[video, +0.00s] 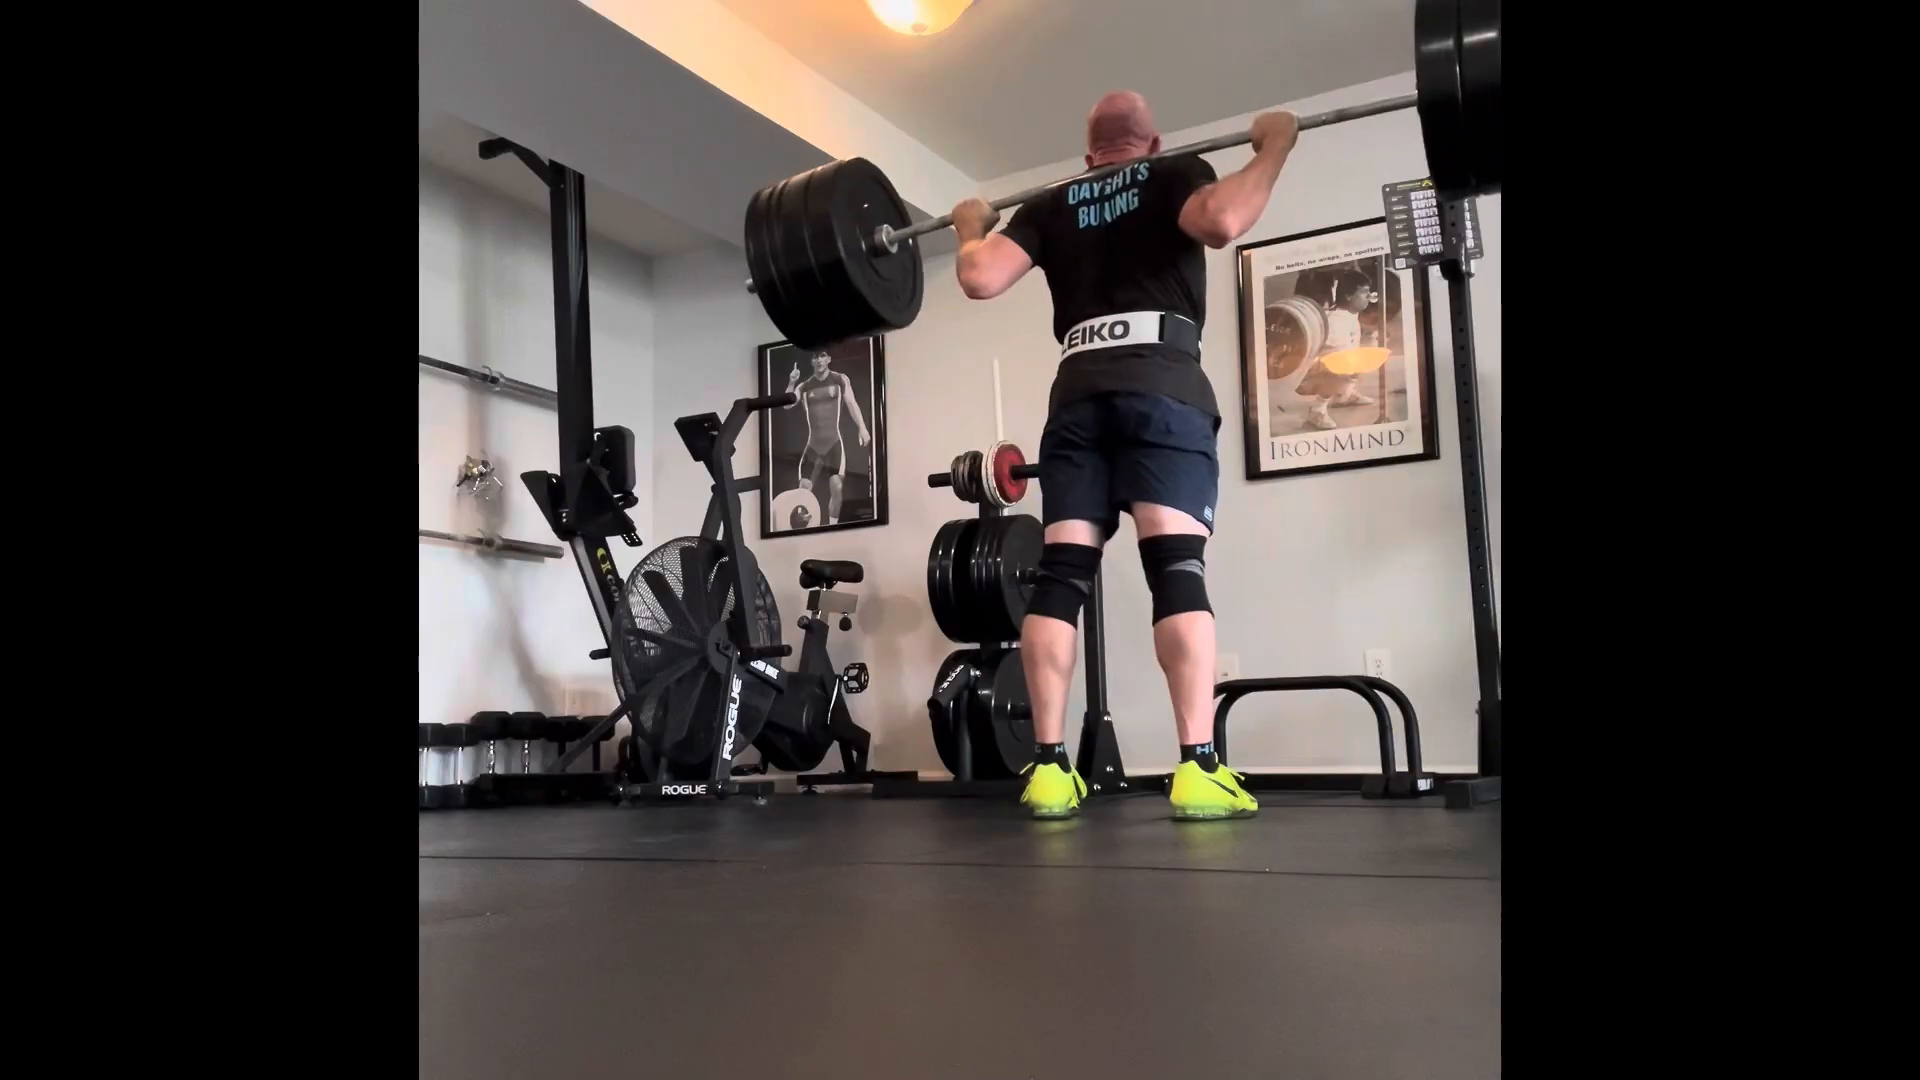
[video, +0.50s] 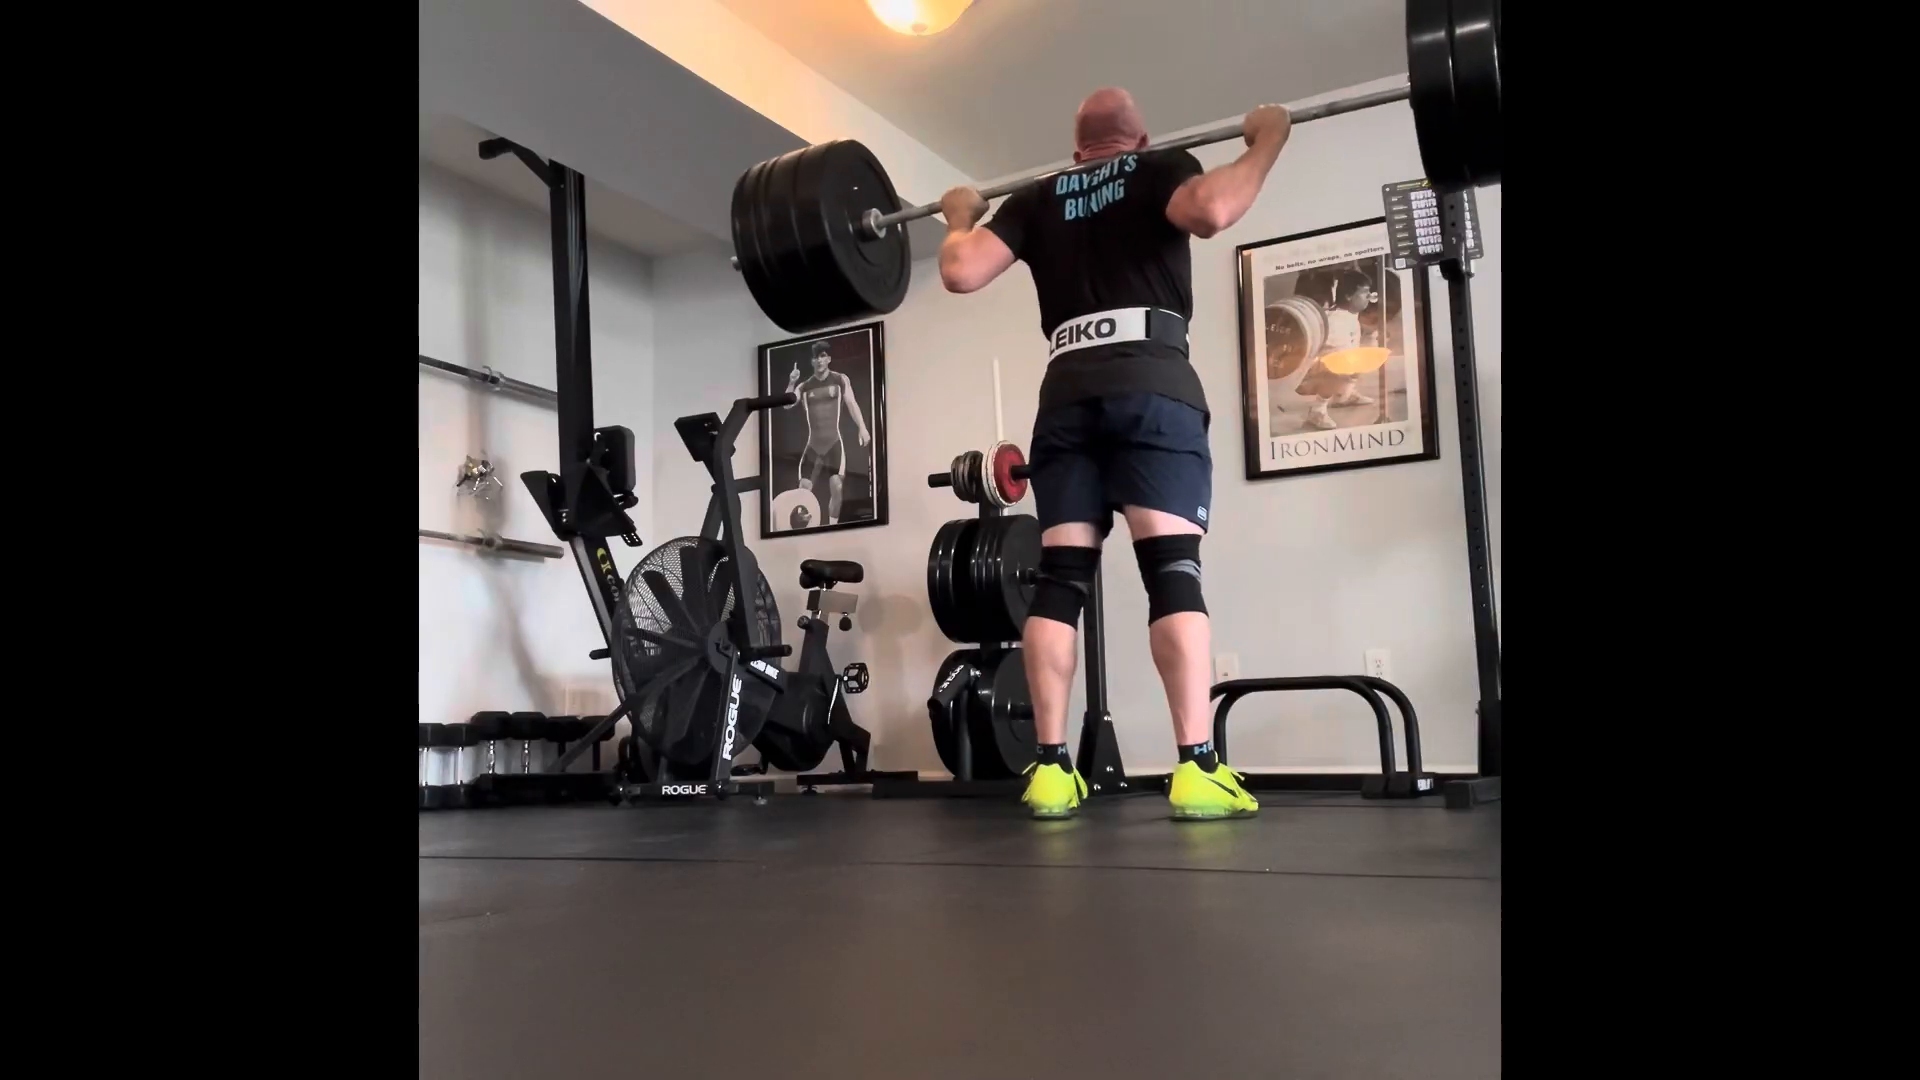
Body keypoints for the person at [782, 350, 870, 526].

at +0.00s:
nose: (819, 360)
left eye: (823, 356)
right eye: (816, 357)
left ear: (829, 359)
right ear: (811, 362)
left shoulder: (840, 380)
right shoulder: (803, 387)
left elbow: (851, 404)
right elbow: (787, 404)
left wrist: (862, 428)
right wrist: (791, 382)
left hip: (834, 443)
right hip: (813, 444)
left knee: (836, 486)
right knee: (804, 487)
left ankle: (832, 529)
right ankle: (802, 528)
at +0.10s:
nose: (819, 361)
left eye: (823, 356)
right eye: (816, 357)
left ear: (829, 359)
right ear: (811, 361)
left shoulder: (840, 380)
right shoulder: (803, 386)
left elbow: (851, 404)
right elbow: (787, 405)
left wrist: (862, 428)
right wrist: (791, 383)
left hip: (834, 443)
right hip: (813, 444)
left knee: (836, 485)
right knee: (804, 486)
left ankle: (832, 528)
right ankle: (803, 528)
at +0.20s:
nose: (819, 361)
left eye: (823, 356)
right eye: (816, 357)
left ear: (829, 359)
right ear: (812, 361)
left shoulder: (840, 380)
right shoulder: (803, 386)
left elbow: (852, 405)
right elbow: (788, 406)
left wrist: (862, 428)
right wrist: (791, 384)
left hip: (834, 442)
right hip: (813, 444)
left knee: (836, 484)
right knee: (804, 486)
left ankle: (832, 528)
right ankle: (803, 528)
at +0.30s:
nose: (820, 360)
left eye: (823, 356)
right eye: (816, 357)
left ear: (829, 359)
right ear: (811, 362)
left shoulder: (840, 380)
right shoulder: (803, 387)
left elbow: (851, 404)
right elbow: (787, 405)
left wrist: (862, 428)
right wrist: (791, 382)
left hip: (834, 443)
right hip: (812, 445)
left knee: (836, 486)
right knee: (804, 486)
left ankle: (832, 529)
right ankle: (802, 528)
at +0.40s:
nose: (820, 361)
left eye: (823, 357)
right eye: (816, 357)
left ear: (829, 359)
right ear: (812, 361)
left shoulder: (840, 380)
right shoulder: (803, 386)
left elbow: (851, 405)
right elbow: (787, 406)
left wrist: (862, 428)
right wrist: (791, 384)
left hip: (834, 442)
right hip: (813, 444)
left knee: (836, 484)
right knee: (804, 485)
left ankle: (832, 528)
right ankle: (802, 528)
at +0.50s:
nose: (819, 361)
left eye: (823, 357)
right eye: (816, 357)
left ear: (829, 359)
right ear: (811, 361)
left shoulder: (840, 380)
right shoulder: (803, 386)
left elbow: (851, 405)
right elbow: (787, 405)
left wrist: (862, 428)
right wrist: (791, 384)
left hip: (834, 442)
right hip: (813, 444)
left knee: (836, 484)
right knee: (804, 485)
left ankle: (832, 528)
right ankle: (802, 528)